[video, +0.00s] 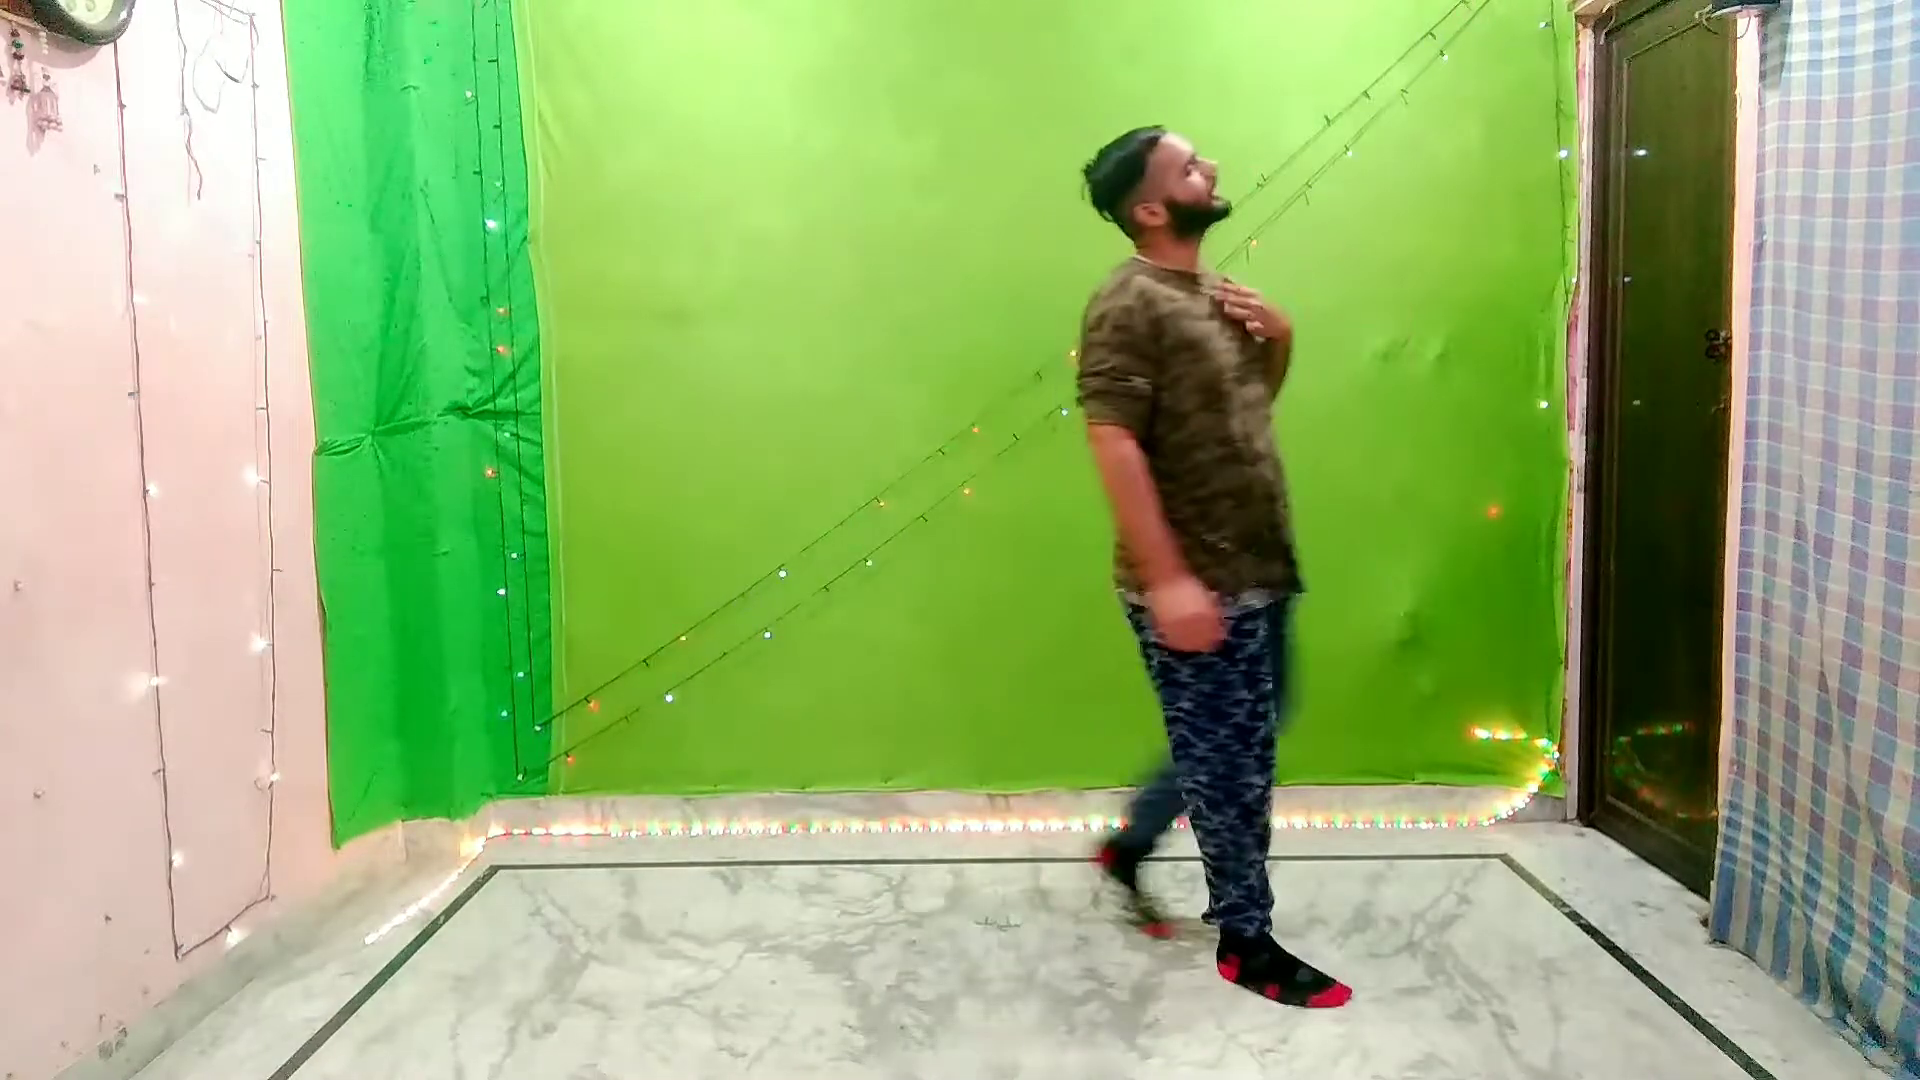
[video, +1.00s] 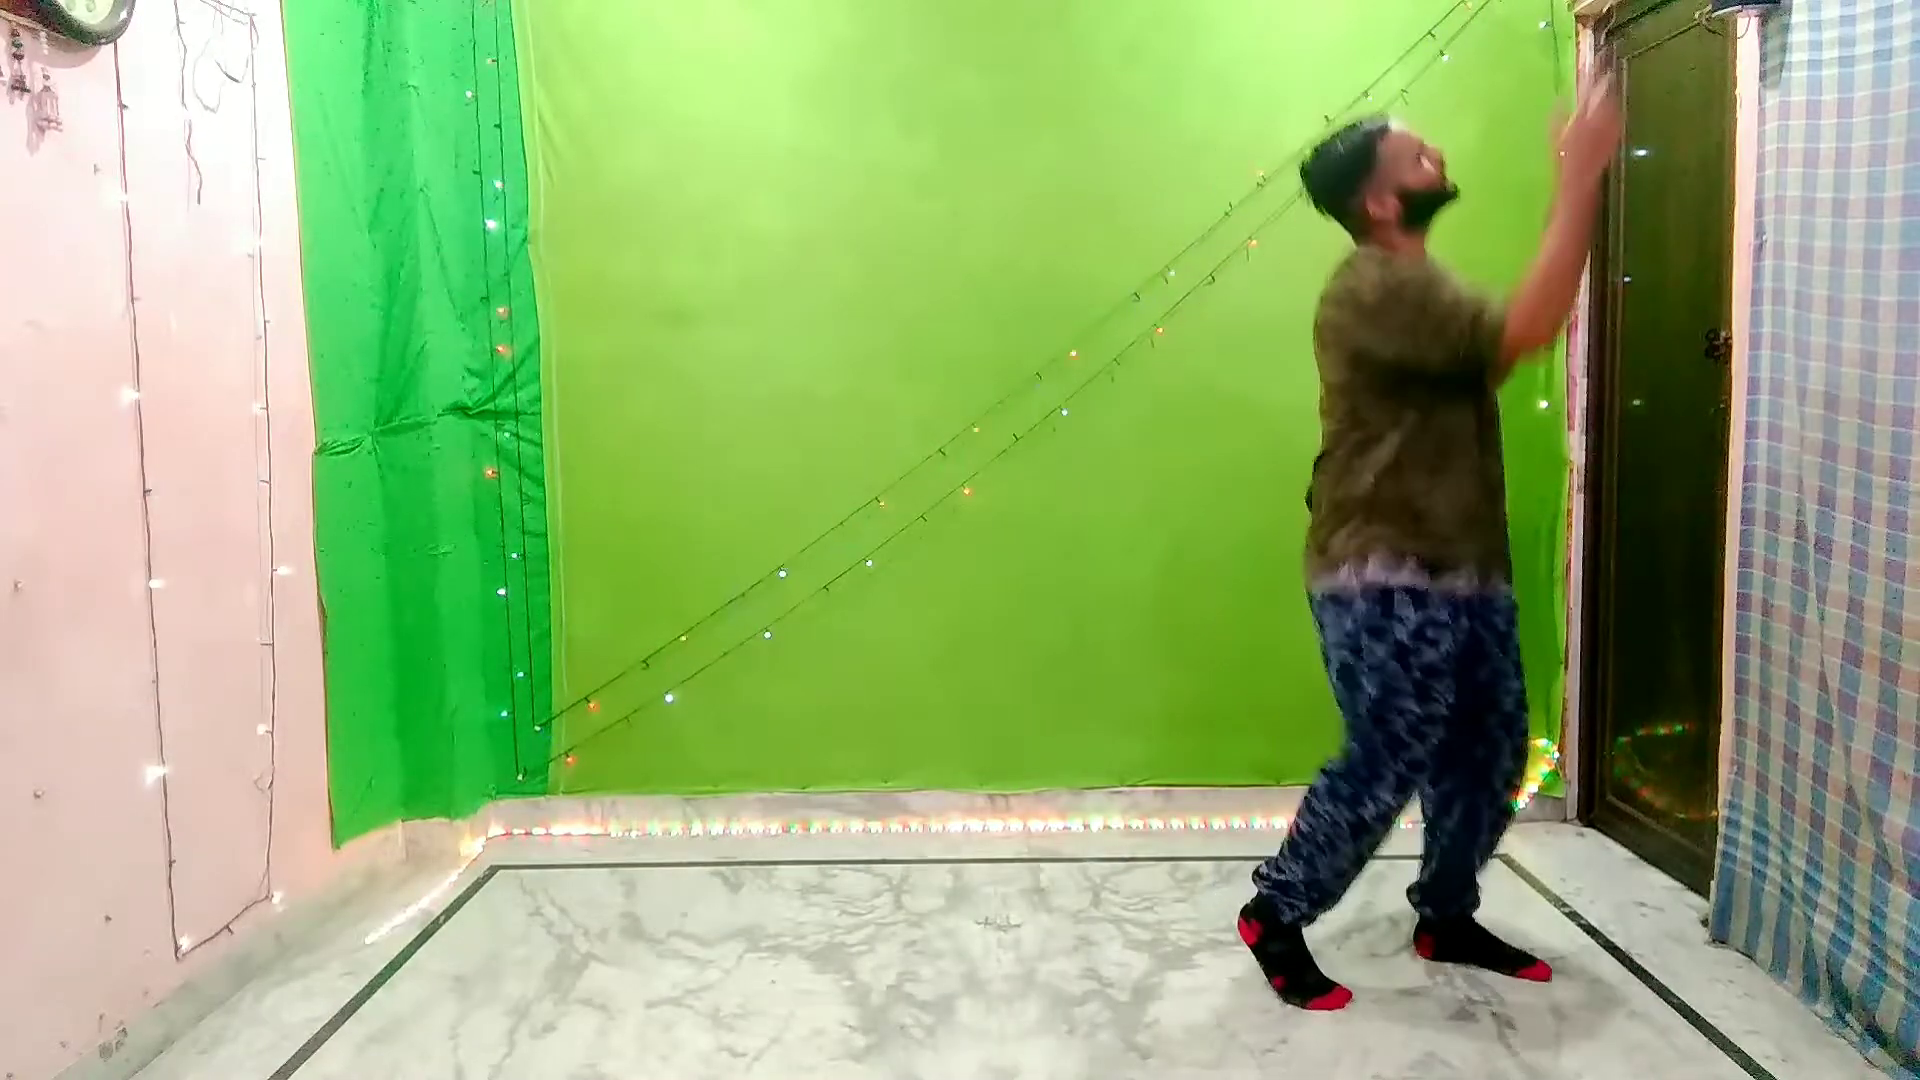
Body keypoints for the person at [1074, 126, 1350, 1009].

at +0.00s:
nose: (1208, 171)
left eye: (1199, 161)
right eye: (1189, 166)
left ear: (1172, 200)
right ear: (1147, 204)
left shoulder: (1213, 294)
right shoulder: (1126, 305)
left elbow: (1243, 408)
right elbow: (1112, 443)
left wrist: (1278, 341)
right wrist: (1166, 578)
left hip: (1259, 571)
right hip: (1194, 583)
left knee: (1246, 736)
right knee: (1226, 766)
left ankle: (1129, 841)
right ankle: (1246, 941)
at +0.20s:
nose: (1228, 160)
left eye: (1218, 150)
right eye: (1206, 160)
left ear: (1192, 204)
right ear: (1166, 208)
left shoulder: (1246, 289)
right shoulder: (1160, 308)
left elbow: (1279, 402)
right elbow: (1167, 451)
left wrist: (1330, 334)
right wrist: (1240, 582)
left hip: (1302, 573)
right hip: (1222, 590)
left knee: (1337, 724)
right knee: (1245, 764)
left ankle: (1332, 899)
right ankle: (1244, 939)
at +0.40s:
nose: (1267, 179)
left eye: (1256, 167)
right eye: (1247, 176)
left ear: (1225, 212)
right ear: (1204, 220)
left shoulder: (1280, 291)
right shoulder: (1194, 320)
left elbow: (1328, 405)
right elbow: (1273, 465)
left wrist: (1371, 341)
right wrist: (1363, 583)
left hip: (1350, 577)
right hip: (1265, 601)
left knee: (1410, 743)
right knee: (1279, 771)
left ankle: (1430, 910)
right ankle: (1247, 939)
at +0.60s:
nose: (1303, 155)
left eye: (1291, 145)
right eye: (1281, 156)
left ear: (1263, 206)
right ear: (1250, 208)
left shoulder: (1316, 279)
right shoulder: (1266, 302)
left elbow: (1383, 394)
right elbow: (1371, 403)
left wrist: (1418, 325)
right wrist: (1537, 364)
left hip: (1406, 574)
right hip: (1316, 593)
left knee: (1454, 739)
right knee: (1304, 772)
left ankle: (1449, 909)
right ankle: (1251, 932)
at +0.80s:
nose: (1377, 108)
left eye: (1361, 98)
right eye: (1353, 106)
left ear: (1335, 160)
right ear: (1328, 156)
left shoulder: (1381, 240)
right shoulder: (1343, 240)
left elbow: (1445, 338)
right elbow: (1499, 260)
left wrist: (1498, 262)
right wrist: (1604, 135)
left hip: (1436, 539)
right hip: (1355, 545)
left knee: (1457, 728)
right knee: (1333, 738)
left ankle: (1462, 892)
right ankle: (1272, 911)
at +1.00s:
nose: (1430, 148)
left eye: (1415, 137)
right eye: (1408, 144)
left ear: (1382, 195)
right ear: (1377, 191)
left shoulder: (1423, 288)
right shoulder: (1369, 291)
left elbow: (1517, 334)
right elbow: (1523, 329)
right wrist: (1581, 178)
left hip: (1463, 566)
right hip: (1382, 571)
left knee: (1487, 745)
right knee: (1393, 750)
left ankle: (1447, 918)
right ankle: (1275, 912)